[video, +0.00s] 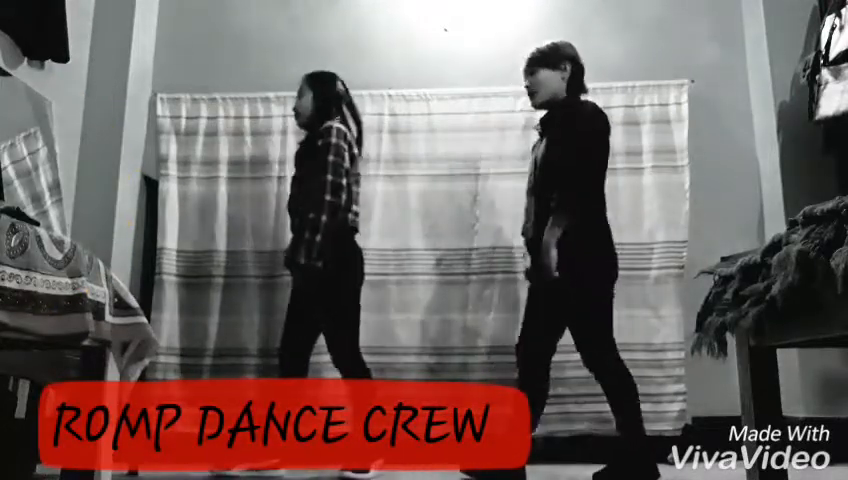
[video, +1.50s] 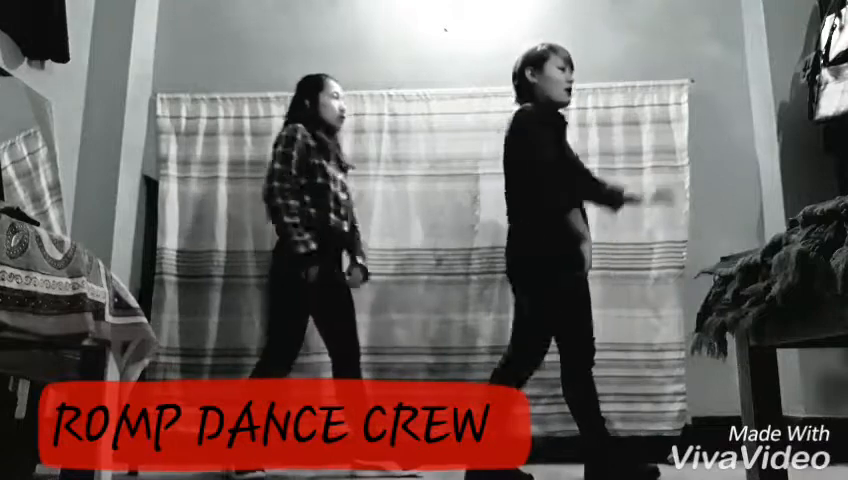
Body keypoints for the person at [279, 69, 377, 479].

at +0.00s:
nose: (295, 104)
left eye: (303, 95)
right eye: (297, 96)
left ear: (323, 99)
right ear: (325, 100)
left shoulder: (333, 133)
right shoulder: (323, 135)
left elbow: (328, 199)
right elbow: (318, 199)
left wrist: (309, 256)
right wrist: (300, 249)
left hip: (332, 256)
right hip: (324, 256)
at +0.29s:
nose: (285, 108)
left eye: (290, 99)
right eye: (286, 99)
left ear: (307, 101)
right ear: (317, 100)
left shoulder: (324, 136)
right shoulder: (323, 137)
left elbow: (325, 201)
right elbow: (322, 202)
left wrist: (307, 261)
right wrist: (303, 257)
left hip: (332, 258)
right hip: (335, 257)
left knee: (290, 356)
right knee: (349, 355)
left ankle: (279, 442)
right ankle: (383, 436)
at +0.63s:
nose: (282, 102)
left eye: (288, 94)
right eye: (284, 94)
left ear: (304, 96)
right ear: (316, 95)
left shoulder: (318, 129)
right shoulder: (316, 132)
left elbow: (317, 192)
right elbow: (312, 194)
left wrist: (302, 249)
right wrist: (298, 244)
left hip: (325, 254)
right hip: (324, 252)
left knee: (294, 352)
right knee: (343, 353)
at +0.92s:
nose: (295, 97)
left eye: (303, 89)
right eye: (296, 90)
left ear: (328, 92)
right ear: (302, 95)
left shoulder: (349, 137)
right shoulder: (292, 141)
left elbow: (356, 205)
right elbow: (279, 204)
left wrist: (326, 256)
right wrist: (278, 254)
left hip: (337, 263)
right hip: (293, 263)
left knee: (354, 355)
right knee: (278, 356)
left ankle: (380, 444)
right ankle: (264, 447)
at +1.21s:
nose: (341, 95)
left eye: (344, 89)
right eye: (332, 88)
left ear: (347, 97)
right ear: (310, 95)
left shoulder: (349, 141)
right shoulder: (295, 135)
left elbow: (360, 199)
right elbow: (290, 197)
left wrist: (357, 252)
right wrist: (306, 255)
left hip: (339, 263)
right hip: (296, 263)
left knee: (350, 360)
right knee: (279, 358)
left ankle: (364, 452)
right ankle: (247, 451)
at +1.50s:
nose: (343, 104)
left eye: (342, 97)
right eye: (335, 96)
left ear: (327, 105)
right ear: (311, 101)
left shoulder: (328, 146)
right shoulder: (294, 135)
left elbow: (342, 206)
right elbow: (278, 193)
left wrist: (357, 253)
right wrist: (304, 253)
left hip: (328, 264)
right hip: (296, 262)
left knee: (346, 353)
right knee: (281, 353)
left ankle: (361, 441)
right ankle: (234, 437)